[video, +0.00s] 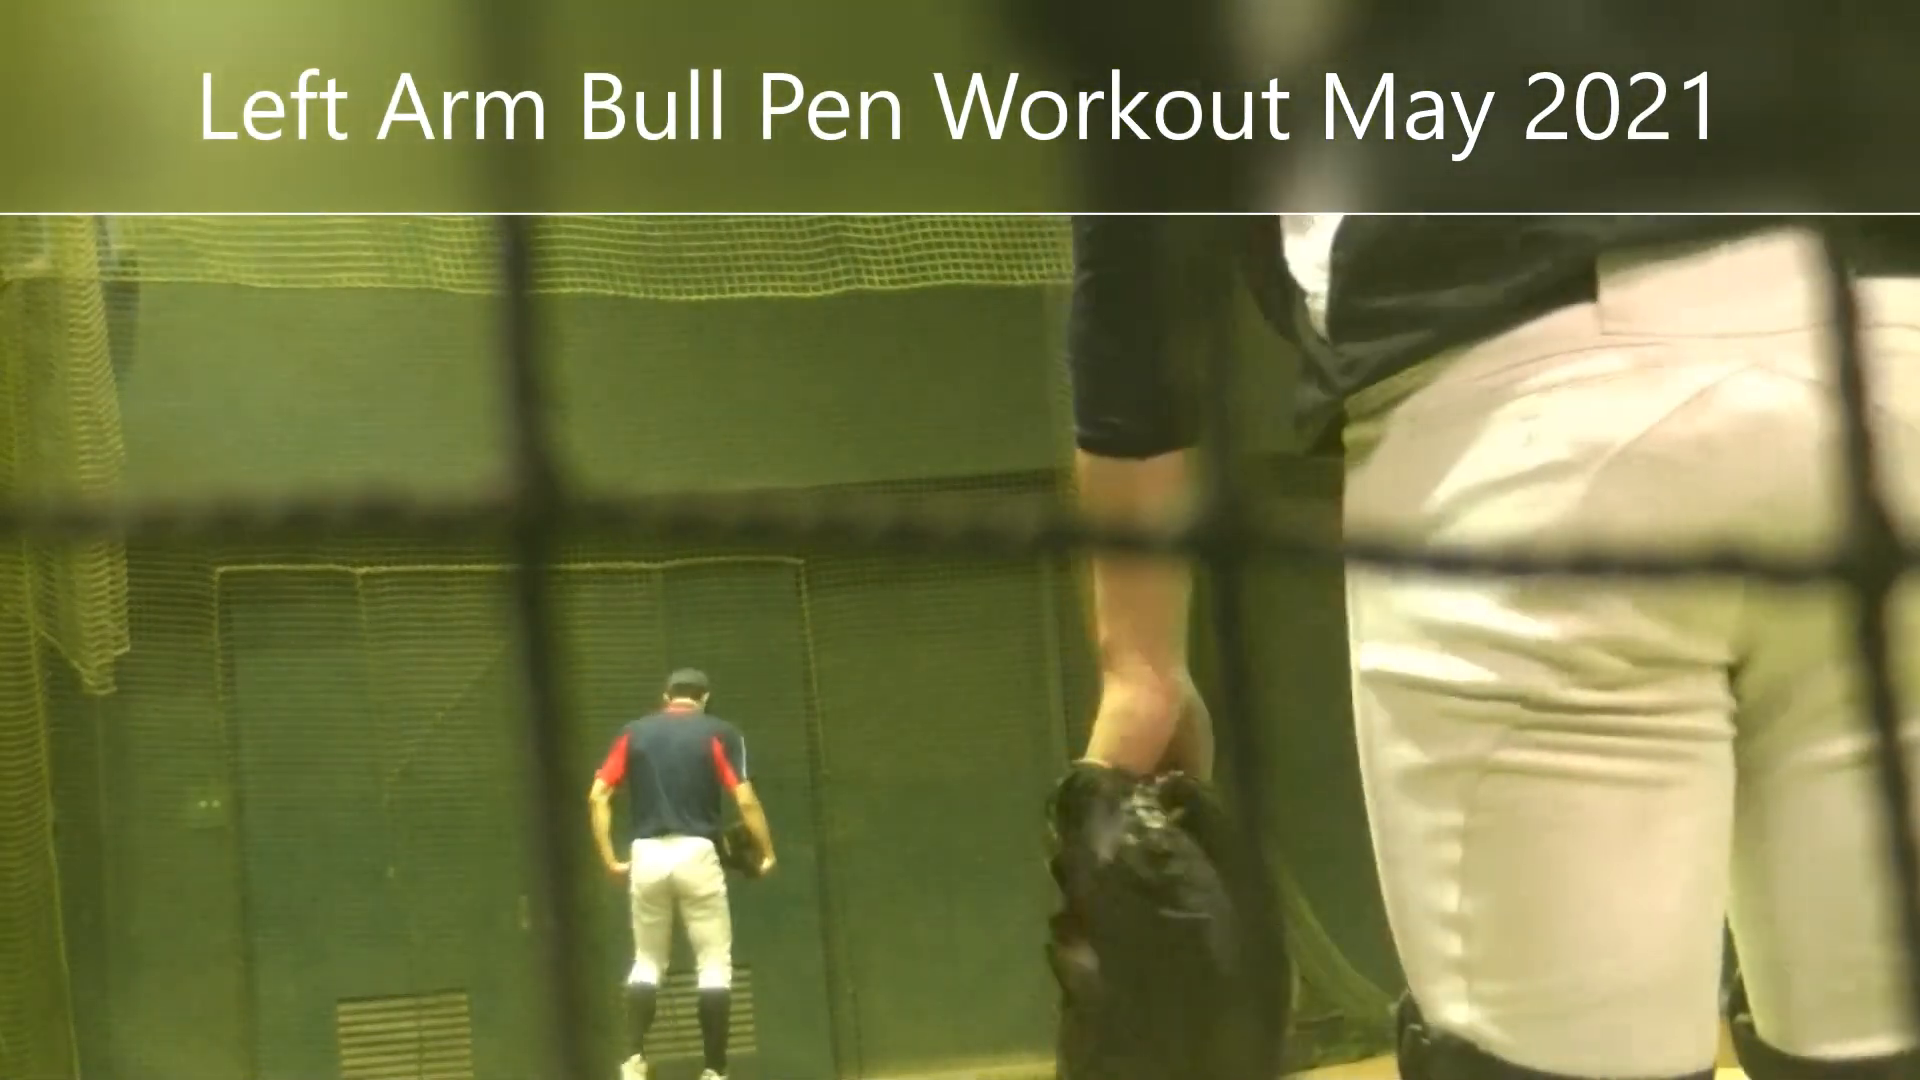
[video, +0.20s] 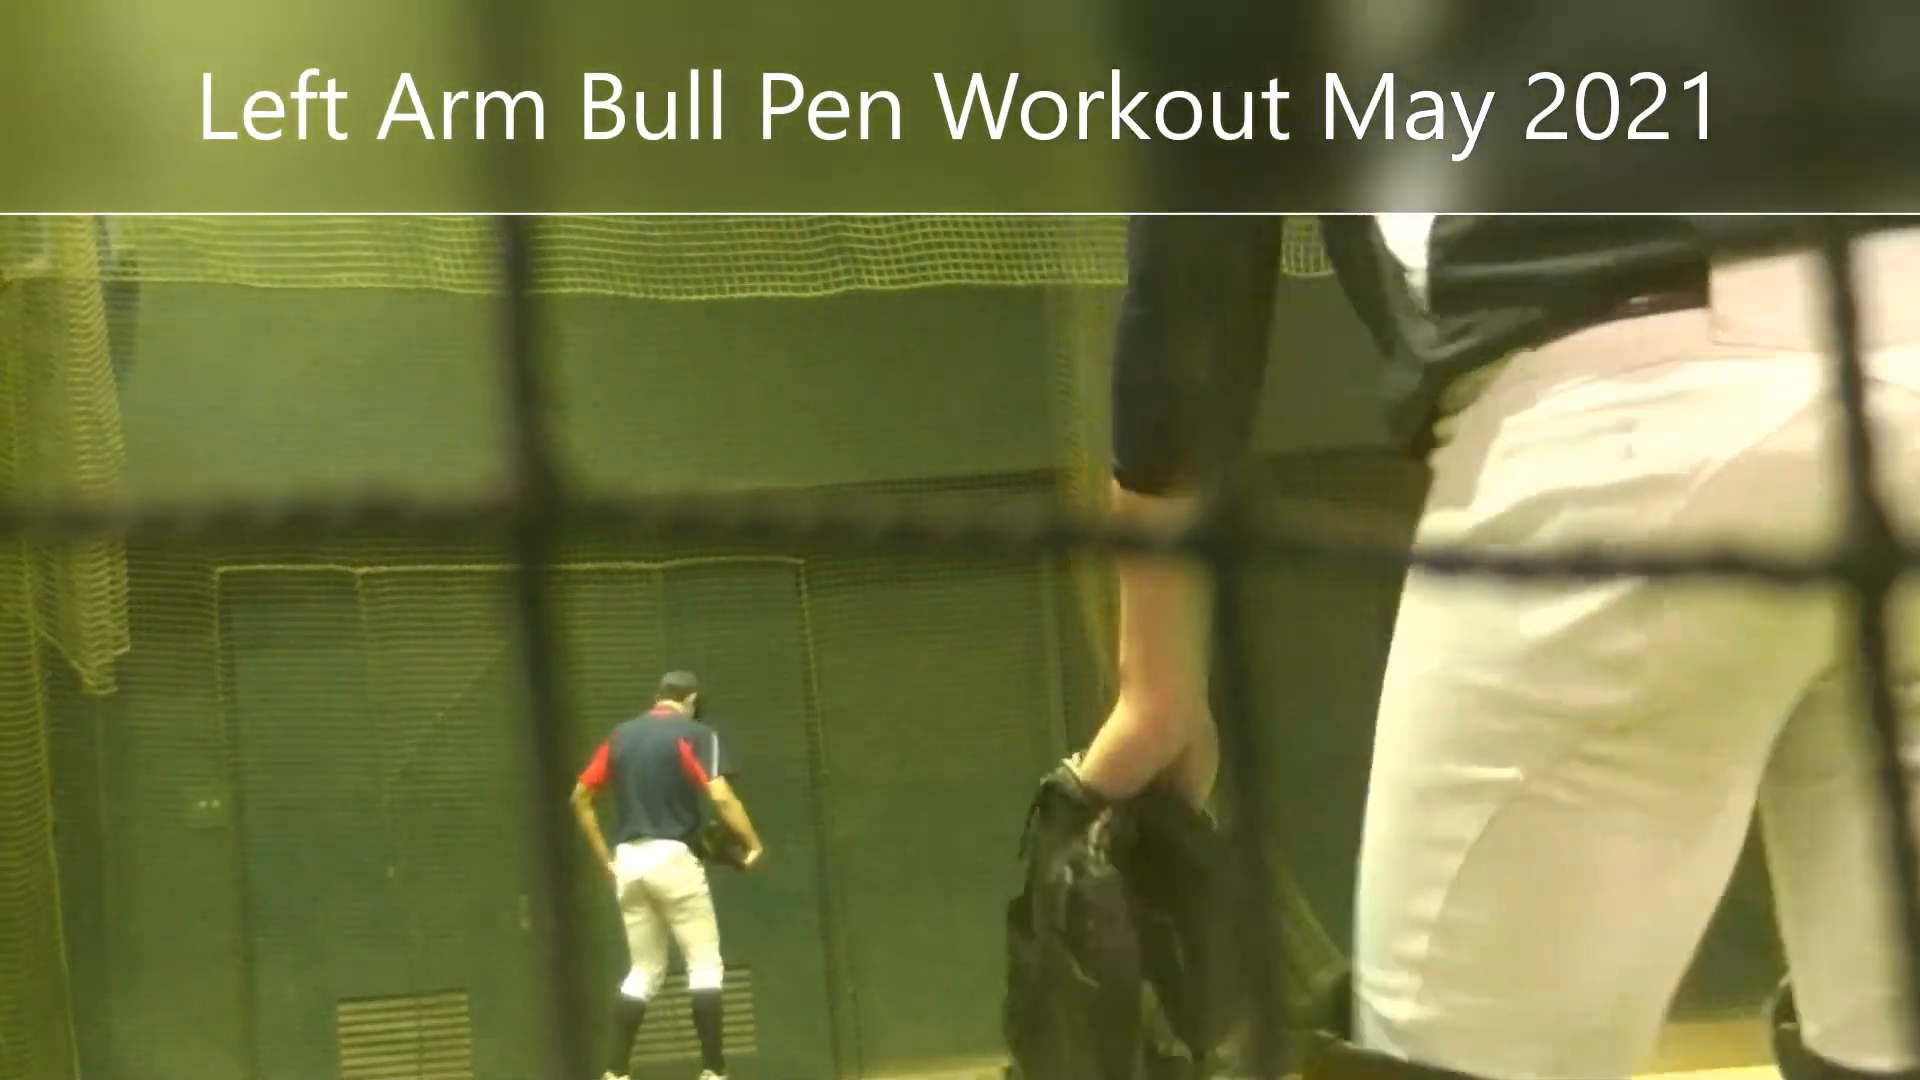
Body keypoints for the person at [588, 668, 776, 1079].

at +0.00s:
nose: (698, 704)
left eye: (674, 697)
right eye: (701, 698)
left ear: (666, 698)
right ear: (703, 699)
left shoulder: (634, 733)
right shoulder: (719, 733)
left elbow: (598, 794)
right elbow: (745, 799)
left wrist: (609, 860)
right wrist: (766, 852)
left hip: (646, 857)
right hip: (697, 856)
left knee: (647, 958)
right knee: (713, 959)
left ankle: (633, 1057)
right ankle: (715, 1068)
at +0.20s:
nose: (696, 709)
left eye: (695, 704)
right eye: (696, 704)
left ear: (657, 699)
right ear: (690, 700)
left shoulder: (621, 735)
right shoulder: (695, 733)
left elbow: (580, 797)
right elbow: (719, 795)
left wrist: (605, 859)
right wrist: (753, 842)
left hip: (627, 860)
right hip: (673, 859)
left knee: (644, 967)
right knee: (704, 960)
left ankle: (616, 1070)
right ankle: (713, 1068)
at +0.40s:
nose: (676, 721)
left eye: (679, 716)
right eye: (677, 714)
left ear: (642, 700)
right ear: (667, 703)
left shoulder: (602, 737)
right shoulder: (659, 730)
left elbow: (582, 804)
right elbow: (668, 790)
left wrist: (612, 837)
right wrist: (710, 830)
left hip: (603, 861)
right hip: (644, 859)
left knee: (623, 972)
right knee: (680, 963)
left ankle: (606, 1072)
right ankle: (706, 1067)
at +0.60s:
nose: (660, 718)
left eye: (663, 712)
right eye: (662, 711)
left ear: (633, 695)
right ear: (650, 697)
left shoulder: (597, 732)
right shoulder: (633, 730)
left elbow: (612, 804)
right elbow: (630, 799)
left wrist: (666, 838)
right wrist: (671, 840)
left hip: (589, 858)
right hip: (621, 857)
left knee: (614, 970)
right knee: (667, 959)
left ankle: (605, 1072)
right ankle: (671, 1067)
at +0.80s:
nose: (651, 718)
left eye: (654, 711)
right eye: (652, 709)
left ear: (630, 696)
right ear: (637, 697)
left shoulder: (599, 731)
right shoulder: (613, 734)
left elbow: (626, 785)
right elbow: (601, 807)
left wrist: (682, 792)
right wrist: (646, 851)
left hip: (589, 859)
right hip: (607, 859)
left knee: (615, 968)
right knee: (640, 962)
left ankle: (601, 1066)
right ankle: (620, 1067)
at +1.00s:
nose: (647, 718)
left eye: (650, 710)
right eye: (646, 708)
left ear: (629, 701)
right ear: (626, 698)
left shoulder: (612, 739)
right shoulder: (598, 739)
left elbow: (653, 755)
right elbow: (572, 808)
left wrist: (708, 735)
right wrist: (616, 855)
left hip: (619, 868)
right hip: (595, 867)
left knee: (625, 975)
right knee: (617, 975)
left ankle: (607, 1069)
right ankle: (600, 1070)